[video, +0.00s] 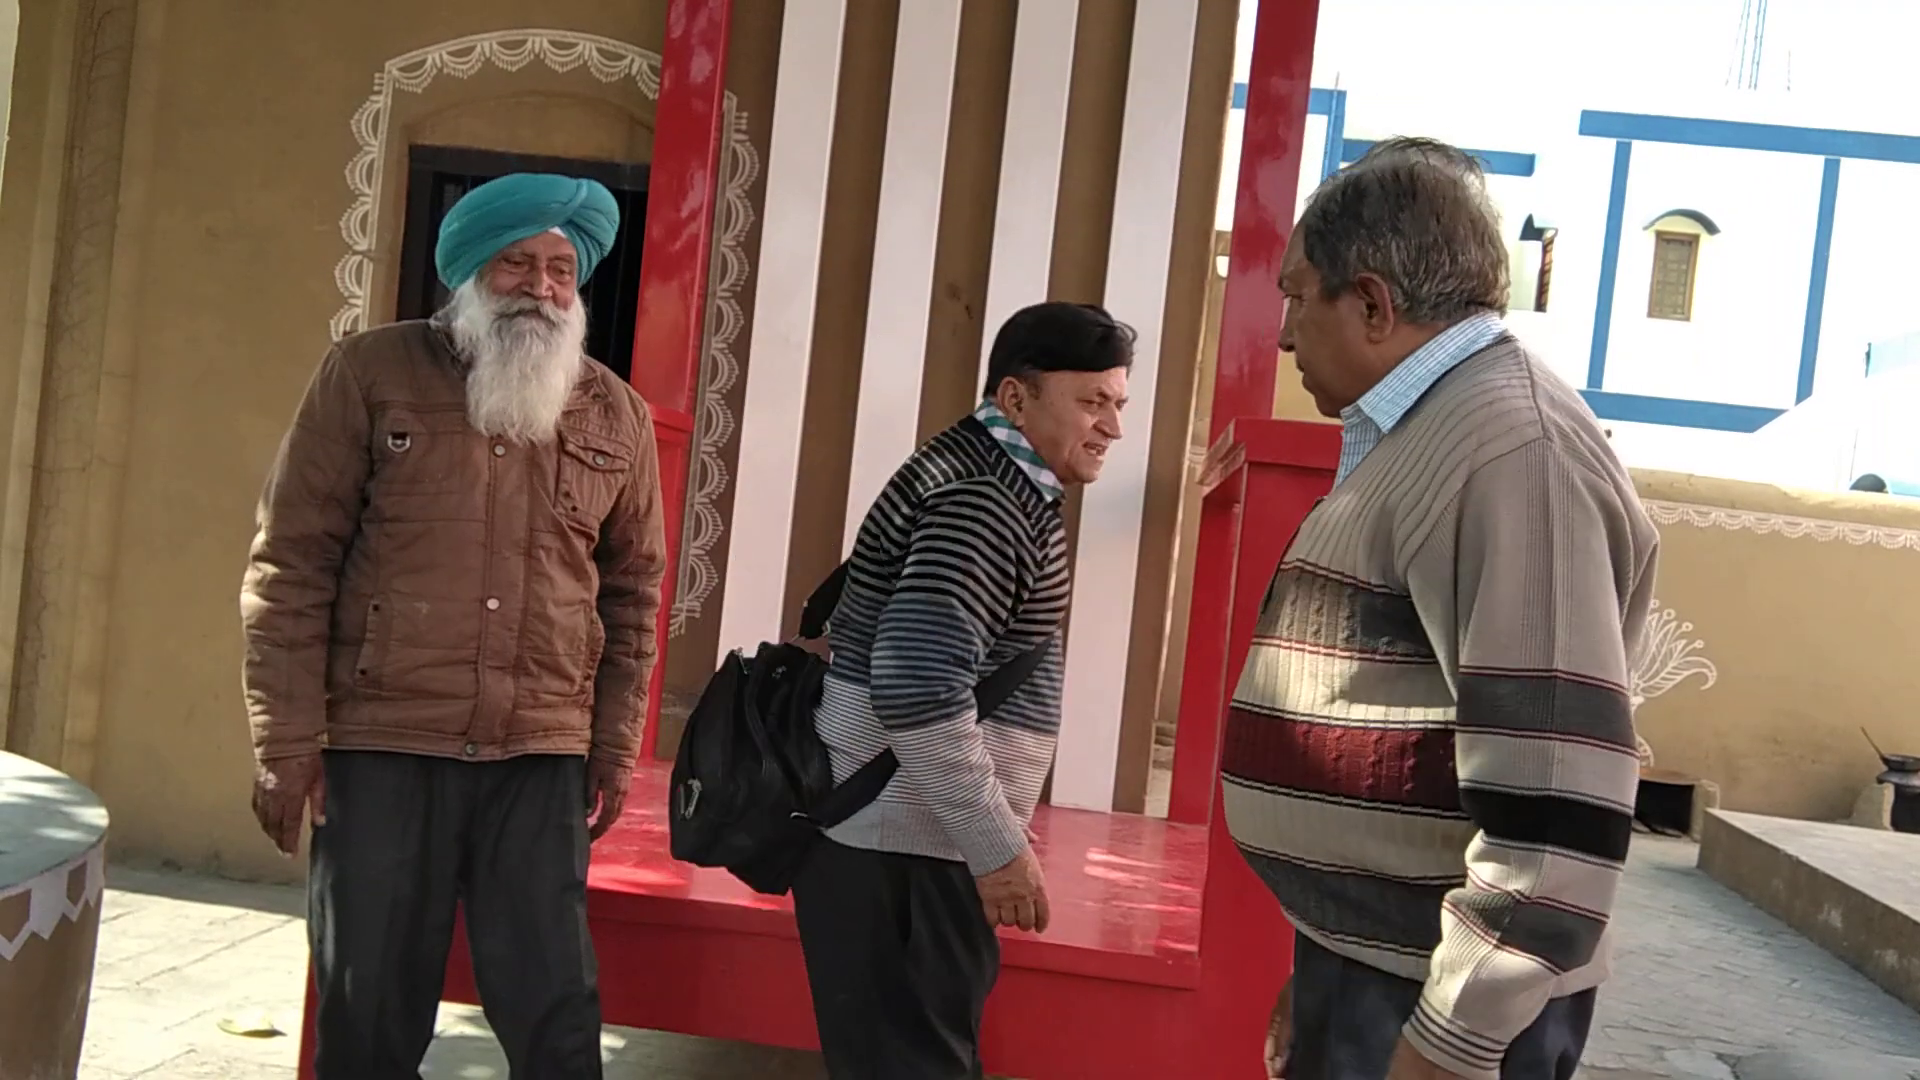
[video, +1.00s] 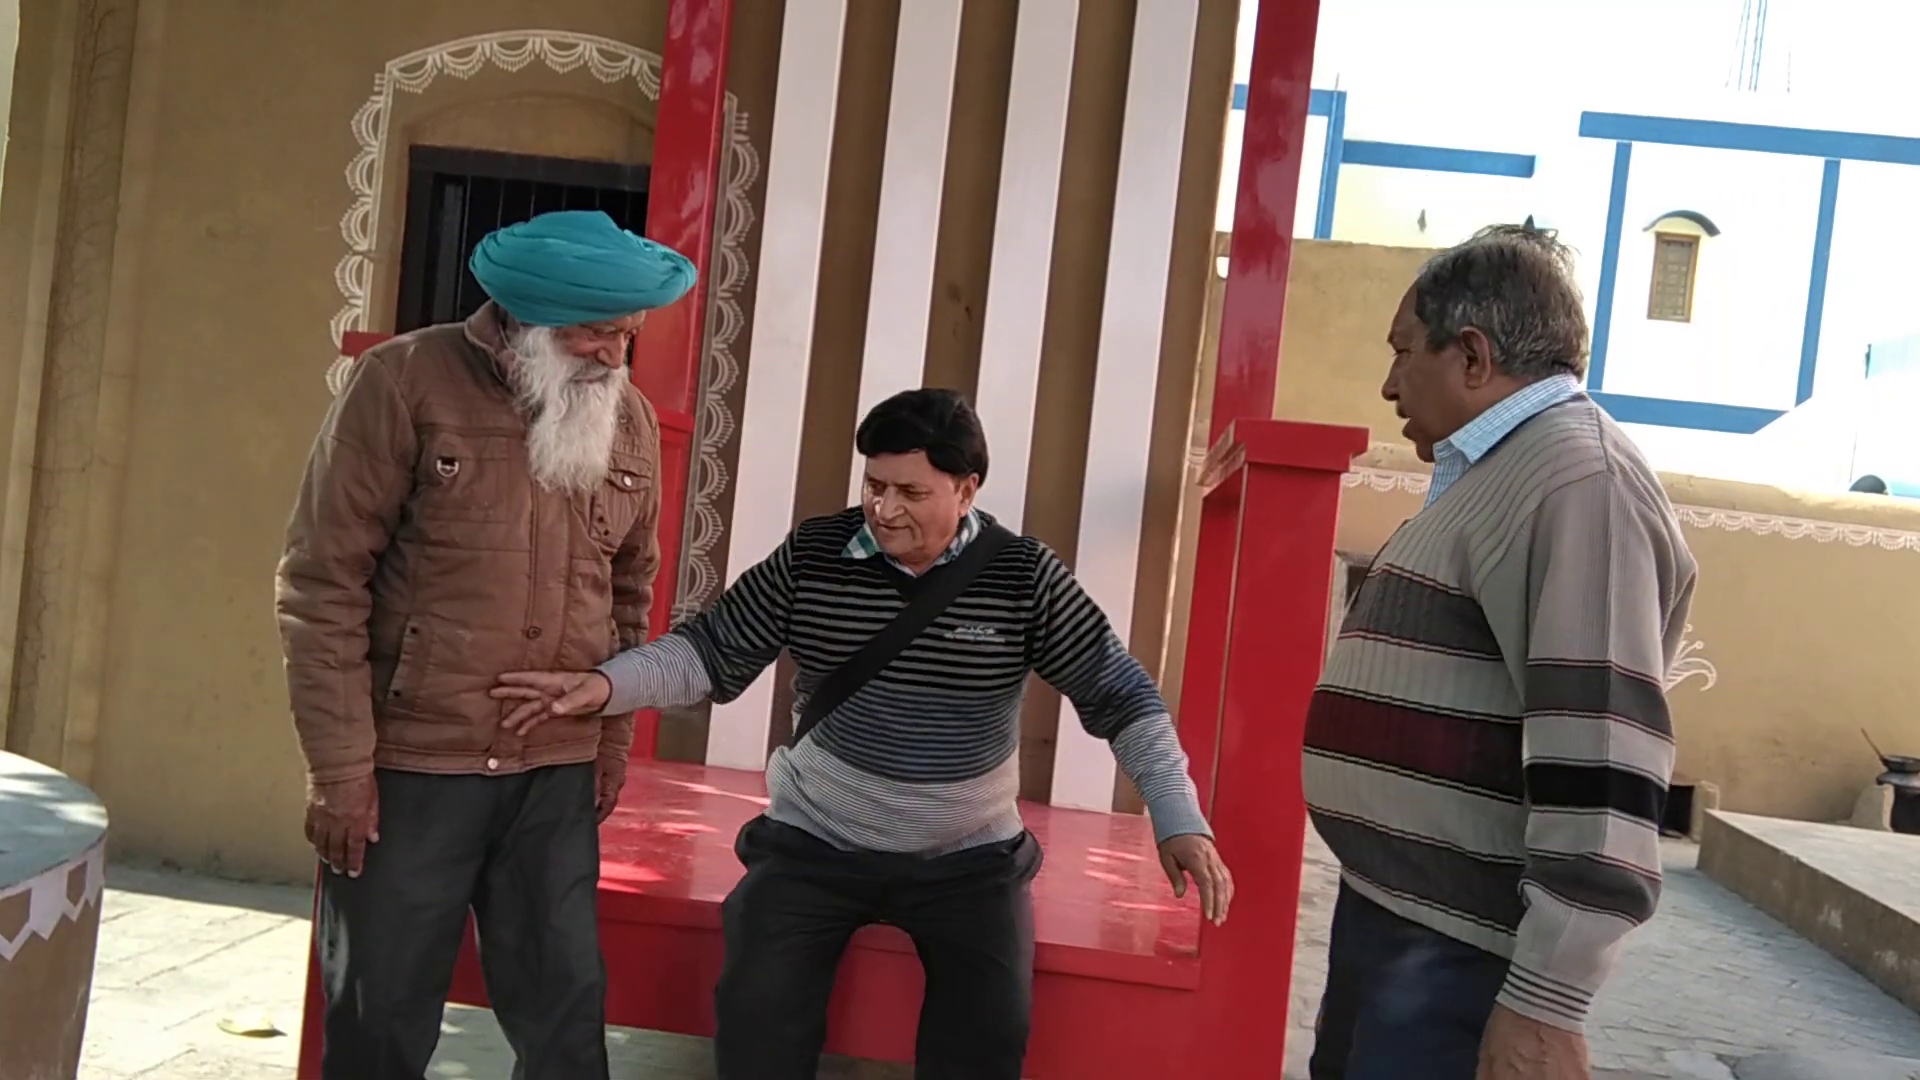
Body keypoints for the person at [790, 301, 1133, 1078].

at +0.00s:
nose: (1110, 423)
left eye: (1117, 406)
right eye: (1092, 401)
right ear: (1019, 395)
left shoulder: (1005, 480)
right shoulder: (985, 491)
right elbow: (918, 682)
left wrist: (1169, 492)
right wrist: (997, 848)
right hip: (898, 864)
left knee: (919, 1061)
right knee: (914, 1064)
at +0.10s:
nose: (1109, 435)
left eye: (1122, 416)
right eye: (1086, 411)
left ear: (1133, 421)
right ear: (1021, 407)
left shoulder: (1048, 515)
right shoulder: (959, 504)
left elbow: (990, 677)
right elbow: (876, 683)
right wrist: (961, 838)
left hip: (962, 866)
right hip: (887, 862)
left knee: (961, 1060)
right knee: (916, 1064)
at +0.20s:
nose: (1101, 437)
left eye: (1119, 418)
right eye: (1078, 411)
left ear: (1133, 425)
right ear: (1023, 405)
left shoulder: (1085, 533)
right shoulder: (938, 500)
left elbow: (1066, 678)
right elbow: (850, 656)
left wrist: (1066, 801)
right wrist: (909, 808)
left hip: (987, 843)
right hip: (866, 826)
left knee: (974, 1050)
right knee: (901, 1046)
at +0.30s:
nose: (1063, 427)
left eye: (1086, 409)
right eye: (1042, 403)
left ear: (1109, 418)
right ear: (1003, 401)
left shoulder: (1094, 528)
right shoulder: (919, 492)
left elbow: (1095, 683)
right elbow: (813, 630)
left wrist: (1094, 806)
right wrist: (839, 773)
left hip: (995, 854)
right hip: (866, 837)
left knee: (969, 1063)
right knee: (853, 1060)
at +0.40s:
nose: (1015, 423)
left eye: (1041, 406)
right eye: (998, 400)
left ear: (1079, 418)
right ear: (971, 398)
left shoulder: (1089, 531)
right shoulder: (888, 491)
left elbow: (1108, 677)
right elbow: (777, 615)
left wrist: (1115, 806)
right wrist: (761, 736)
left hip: (989, 850)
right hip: (838, 832)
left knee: (965, 1066)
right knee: (804, 1062)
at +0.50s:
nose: (969, 427)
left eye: (995, 409)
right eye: (954, 404)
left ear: (1043, 418)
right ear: (932, 401)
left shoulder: (1070, 525)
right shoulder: (859, 490)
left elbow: (1118, 664)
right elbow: (763, 605)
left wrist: (1138, 794)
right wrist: (689, 707)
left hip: (982, 841)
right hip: (827, 826)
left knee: (964, 1065)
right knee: (792, 1058)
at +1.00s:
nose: (884, 506)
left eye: (908, 491)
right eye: (874, 484)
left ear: (966, 489)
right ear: (859, 474)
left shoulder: (1022, 576)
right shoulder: (814, 554)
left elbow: (1124, 698)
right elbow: (709, 651)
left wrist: (1181, 819)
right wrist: (605, 683)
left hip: (968, 851)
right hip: (812, 836)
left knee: (988, 1024)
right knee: (756, 1009)